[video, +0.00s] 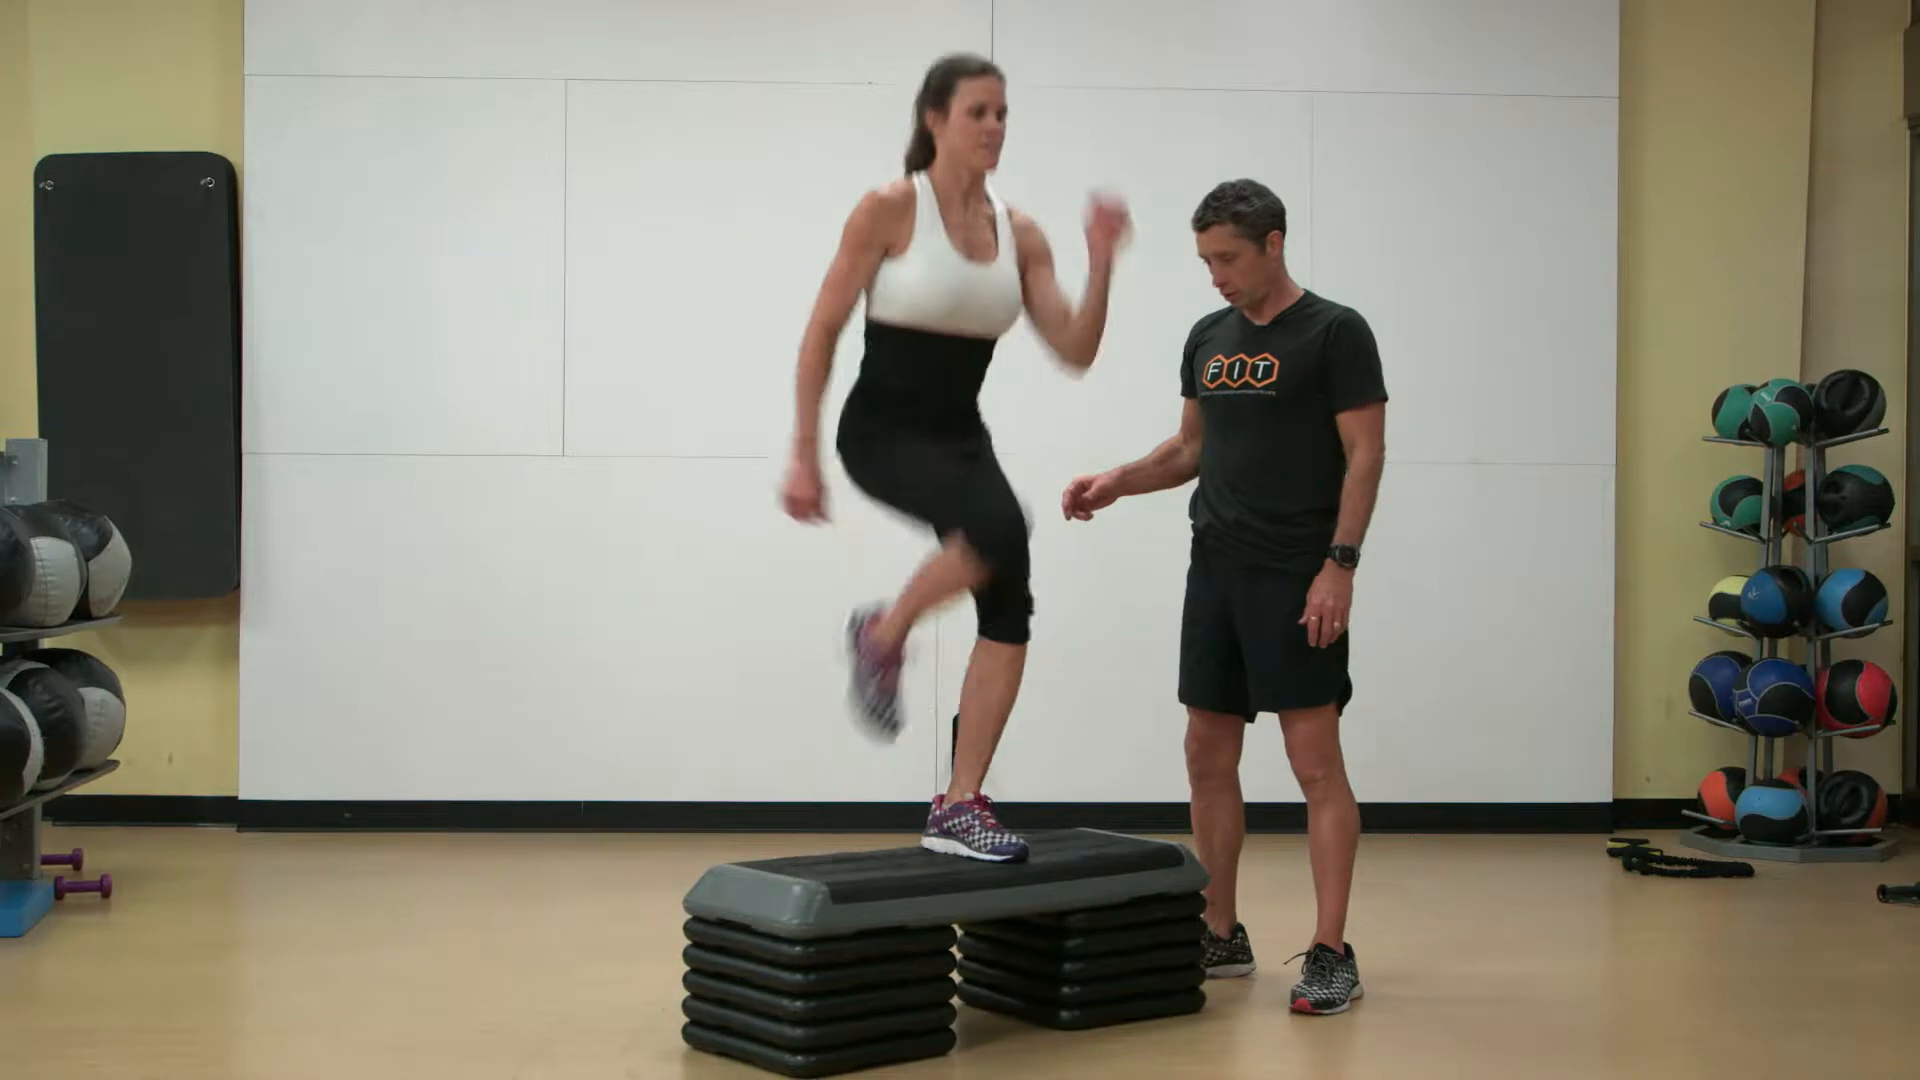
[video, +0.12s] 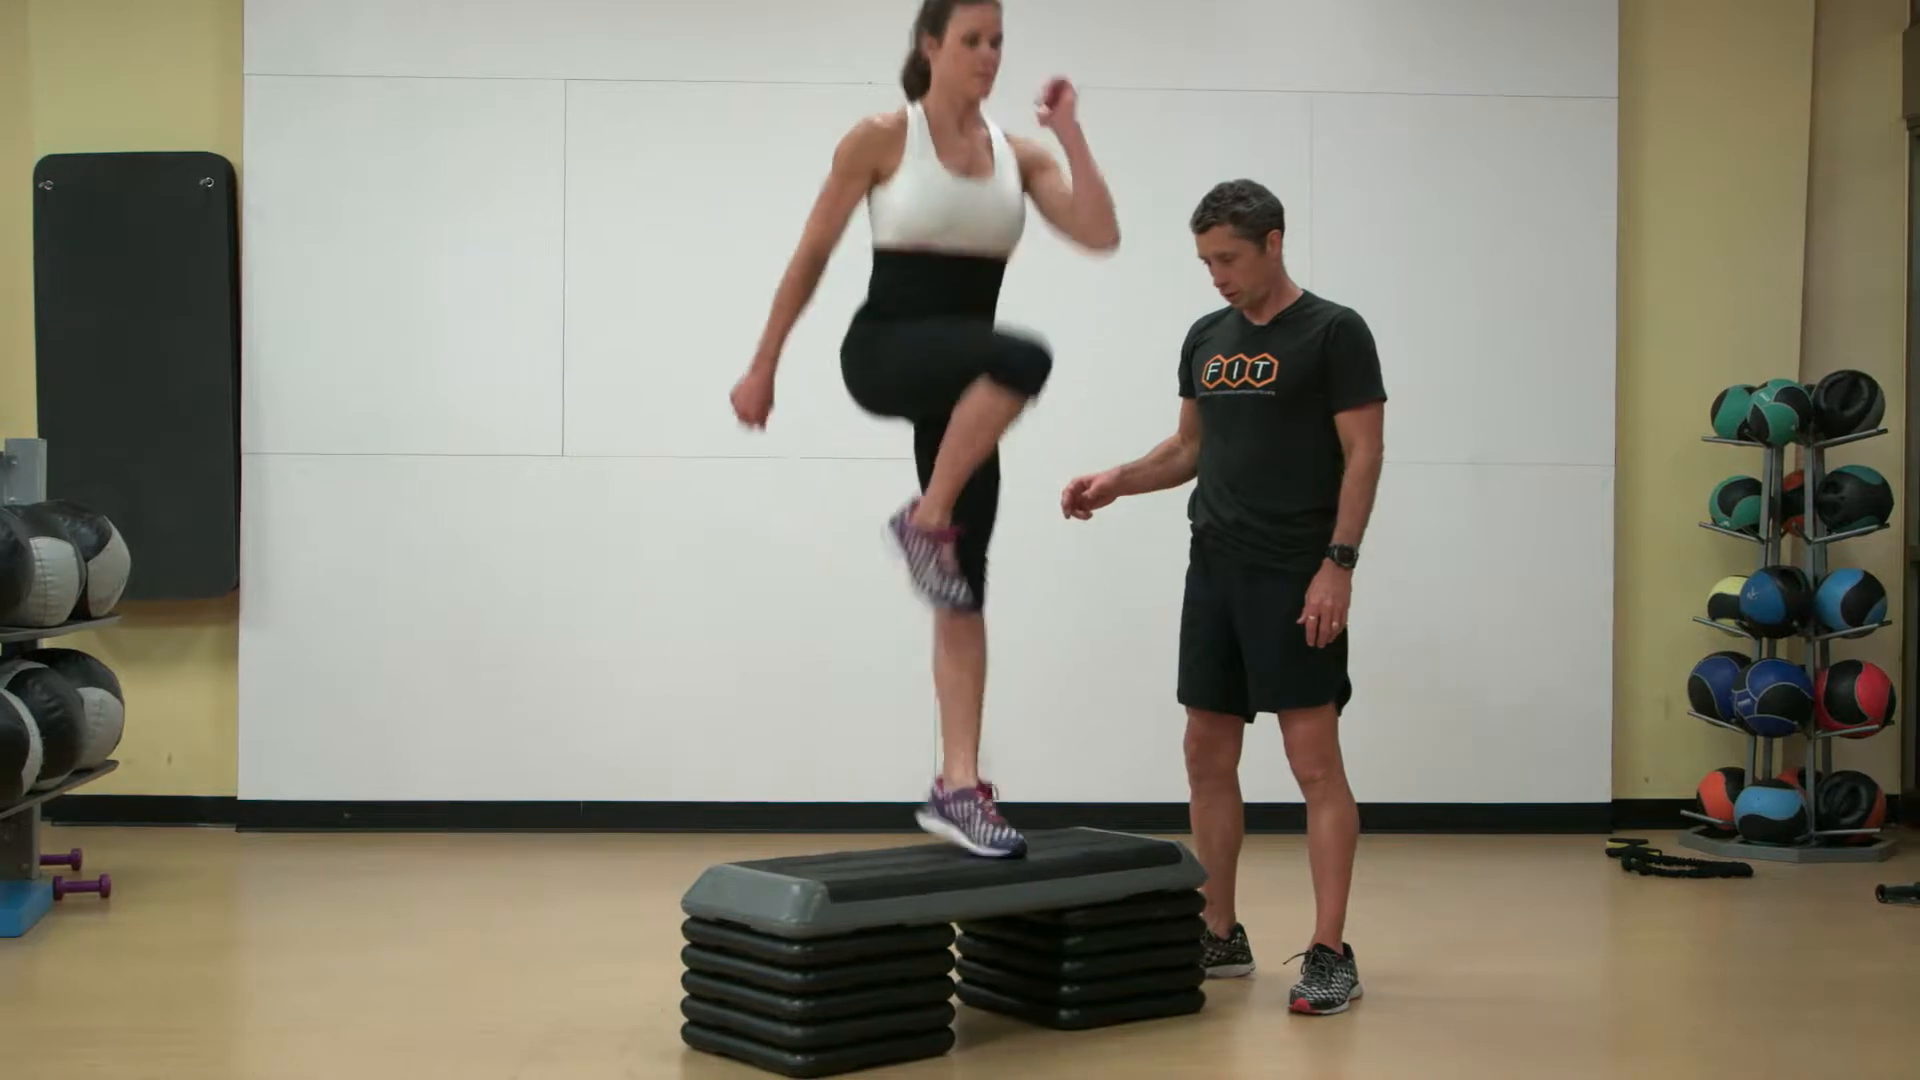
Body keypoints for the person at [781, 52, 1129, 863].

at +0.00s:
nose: (997, 127)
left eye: (1002, 113)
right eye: (981, 113)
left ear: (1004, 124)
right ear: (935, 120)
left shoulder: (1018, 233)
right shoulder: (889, 210)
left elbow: (1075, 349)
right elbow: (823, 329)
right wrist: (804, 452)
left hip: (962, 433)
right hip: (882, 428)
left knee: (1010, 611)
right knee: (995, 529)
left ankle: (960, 804)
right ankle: (882, 632)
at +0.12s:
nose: (990, 57)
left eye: (997, 42)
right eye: (975, 40)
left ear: (1000, 53)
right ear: (928, 47)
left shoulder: (1018, 152)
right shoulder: (880, 140)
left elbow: (1099, 234)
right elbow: (810, 256)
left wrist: (1069, 133)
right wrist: (761, 367)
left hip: (968, 358)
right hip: (887, 349)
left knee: (963, 574)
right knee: (1022, 360)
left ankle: (958, 786)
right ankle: (929, 521)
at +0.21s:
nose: (987, 31)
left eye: (995, 19)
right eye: (971, 16)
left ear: (999, 30)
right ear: (927, 23)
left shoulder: (1018, 128)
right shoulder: (876, 115)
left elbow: (1106, 198)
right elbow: (807, 228)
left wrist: (1063, 102)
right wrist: (757, 337)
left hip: (972, 341)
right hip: (887, 327)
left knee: (957, 551)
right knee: (1024, 309)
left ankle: (943, 764)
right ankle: (930, 479)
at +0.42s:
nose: (991, 77)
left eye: (997, 62)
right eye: (975, 62)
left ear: (1001, 73)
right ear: (930, 68)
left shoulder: (1020, 180)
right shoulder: (880, 164)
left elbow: (1095, 284)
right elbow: (813, 281)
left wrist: (1075, 179)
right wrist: (776, 398)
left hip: (960, 389)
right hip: (882, 375)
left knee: (965, 598)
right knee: (999, 441)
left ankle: (919, 798)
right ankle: (885, 566)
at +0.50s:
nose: (996, 97)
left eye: (1000, 83)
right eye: (980, 82)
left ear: (1002, 95)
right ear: (934, 89)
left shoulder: (1015, 205)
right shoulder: (889, 184)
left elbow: (1050, 338)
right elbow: (830, 307)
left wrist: (1083, 266)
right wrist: (804, 427)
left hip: (959, 414)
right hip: (881, 405)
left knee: (979, 601)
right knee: (959, 550)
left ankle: (918, 803)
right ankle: (850, 659)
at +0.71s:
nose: (996, 163)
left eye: (1002, 150)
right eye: (980, 149)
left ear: (1004, 161)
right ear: (934, 156)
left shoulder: (1002, 266)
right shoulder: (889, 247)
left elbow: (973, 394)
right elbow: (838, 377)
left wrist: (1009, 489)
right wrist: (918, 420)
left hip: (951, 478)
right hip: (868, 474)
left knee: (1005, 628)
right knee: (842, 667)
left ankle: (919, 804)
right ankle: (798, 850)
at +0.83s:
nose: (979, 238)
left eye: (986, 224)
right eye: (964, 223)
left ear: (991, 232)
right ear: (918, 228)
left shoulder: (988, 335)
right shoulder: (873, 316)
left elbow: (963, 457)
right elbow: (836, 449)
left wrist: (958, 575)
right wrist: (927, 402)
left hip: (931, 531)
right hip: (851, 530)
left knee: (1005, 635)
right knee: (825, 727)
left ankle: (918, 807)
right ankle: (799, 902)